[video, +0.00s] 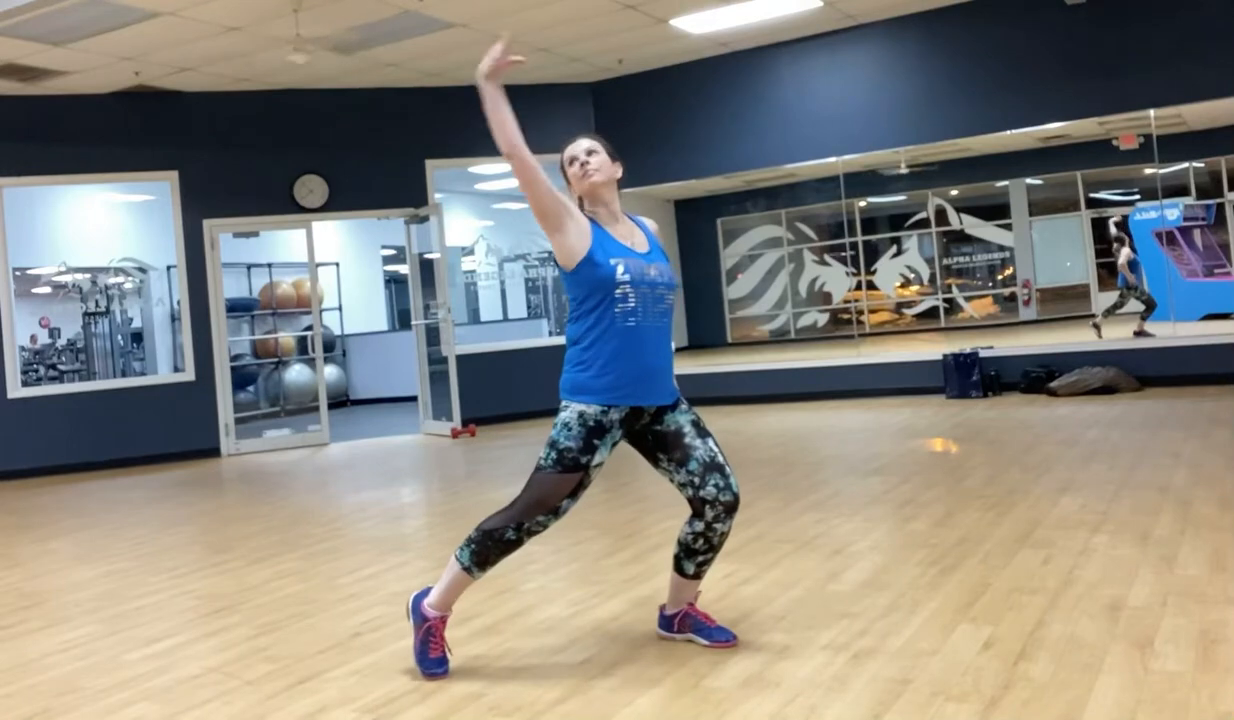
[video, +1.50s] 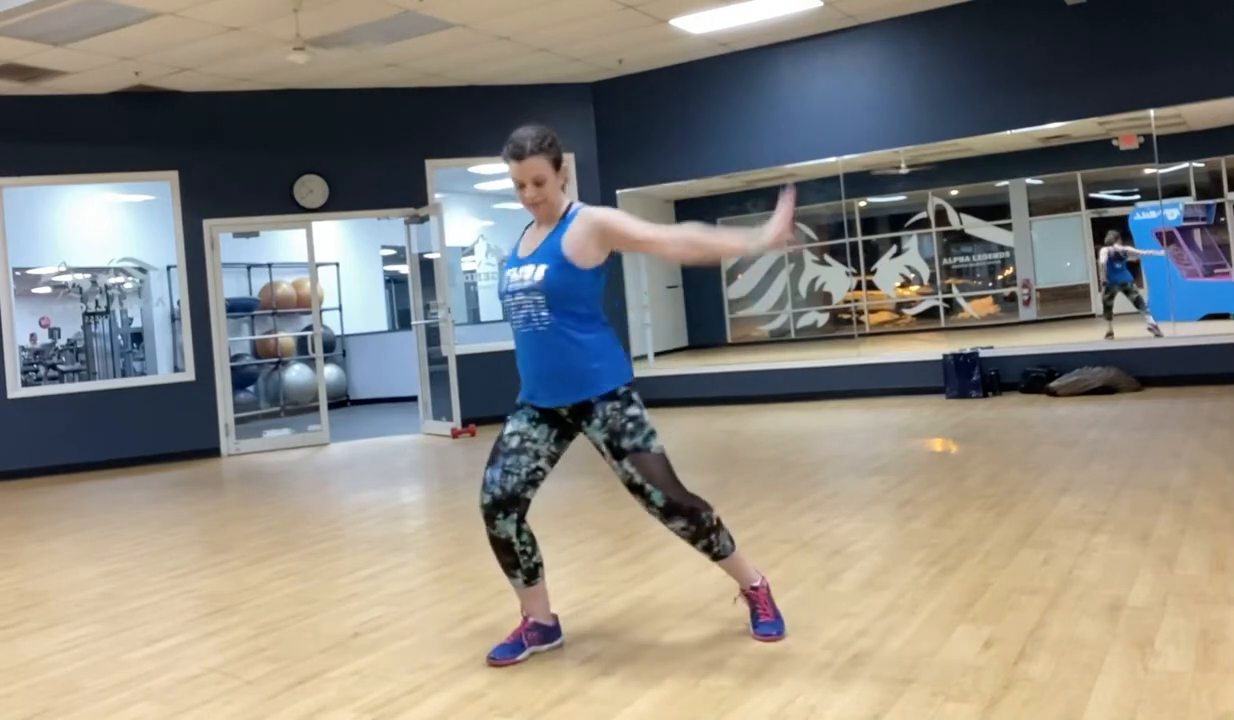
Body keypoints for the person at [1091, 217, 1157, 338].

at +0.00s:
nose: (1127, 238)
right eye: (1126, 237)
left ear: (1118, 241)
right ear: (1126, 240)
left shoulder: (1120, 248)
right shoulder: (1126, 250)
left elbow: (1115, 234)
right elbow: (1121, 264)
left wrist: (1111, 221)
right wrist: (1130, 276)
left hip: (1125, 285)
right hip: (1132, 285)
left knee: (1118, 305)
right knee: (1152, 305)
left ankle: (1098, 321)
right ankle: (1140, 328)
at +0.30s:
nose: (1115, 245)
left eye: (1116, 243)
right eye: (1115, 242)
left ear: (1119, 243)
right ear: (1124, 242)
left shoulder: (1116, 249)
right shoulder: (1126, 251)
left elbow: (1106, 240)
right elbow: (1121, 265)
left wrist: (1097, 230)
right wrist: (1130, 277)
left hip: (1124, 286)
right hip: (1132, 286)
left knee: (1117, 304)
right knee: (1151, 305)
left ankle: (1097, 322)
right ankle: (1140, 329)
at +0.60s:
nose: (1123, 242)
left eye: (1117, 241)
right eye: (1123, 240)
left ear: (1114, 242)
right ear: (1124, 241)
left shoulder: (1114, 251)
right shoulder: (1125, 250)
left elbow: (1102, 248)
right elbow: (1123, 263)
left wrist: (1094, 242)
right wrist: (1131, 277)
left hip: (1122, 285)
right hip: (1130, 285)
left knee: (1115, 305)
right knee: (1151, 304)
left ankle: (1096, 323)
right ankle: (1139, 329)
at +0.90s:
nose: (1125, 241)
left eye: (1122, 239)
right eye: (1125, 239)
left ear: (1115, 240)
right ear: (1125, 239)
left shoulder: (1113, 250)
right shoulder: (1130, 249)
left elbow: (1096, 246)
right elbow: (1139, 258)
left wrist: (1080, 238)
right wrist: (1143, 278)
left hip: (1118, 284)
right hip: (1132, 284)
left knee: (1111, 306)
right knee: (1149, 304)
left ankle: (1096, 328)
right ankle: (1139, 329)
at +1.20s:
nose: (1123, 237)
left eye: (1121, 236)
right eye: (1122, 235)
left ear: (1110, 236)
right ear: (1122, 235)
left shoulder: (1106, 245)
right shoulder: (1127, 242)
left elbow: (1085, 244)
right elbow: (1141, 242)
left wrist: (1071, 251)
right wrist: (1155, 237)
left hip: (1111, 279)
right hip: (1128, 277)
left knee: (1109, 303)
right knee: (1144, 296)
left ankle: (1110, 329)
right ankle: (1144, 323)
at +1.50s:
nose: (1120, 241)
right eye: (1120, 239)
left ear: (1108, 240)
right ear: (1118, 239)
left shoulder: (1104, 250)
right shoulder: (1124, 249)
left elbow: (1102, 263)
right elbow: (1141, 252)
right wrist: (1159, 253)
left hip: (1112, 281)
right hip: (1126, 280)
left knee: (1107, 305)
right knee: (1139, 302)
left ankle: (1110, 330)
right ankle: (1151, 323)